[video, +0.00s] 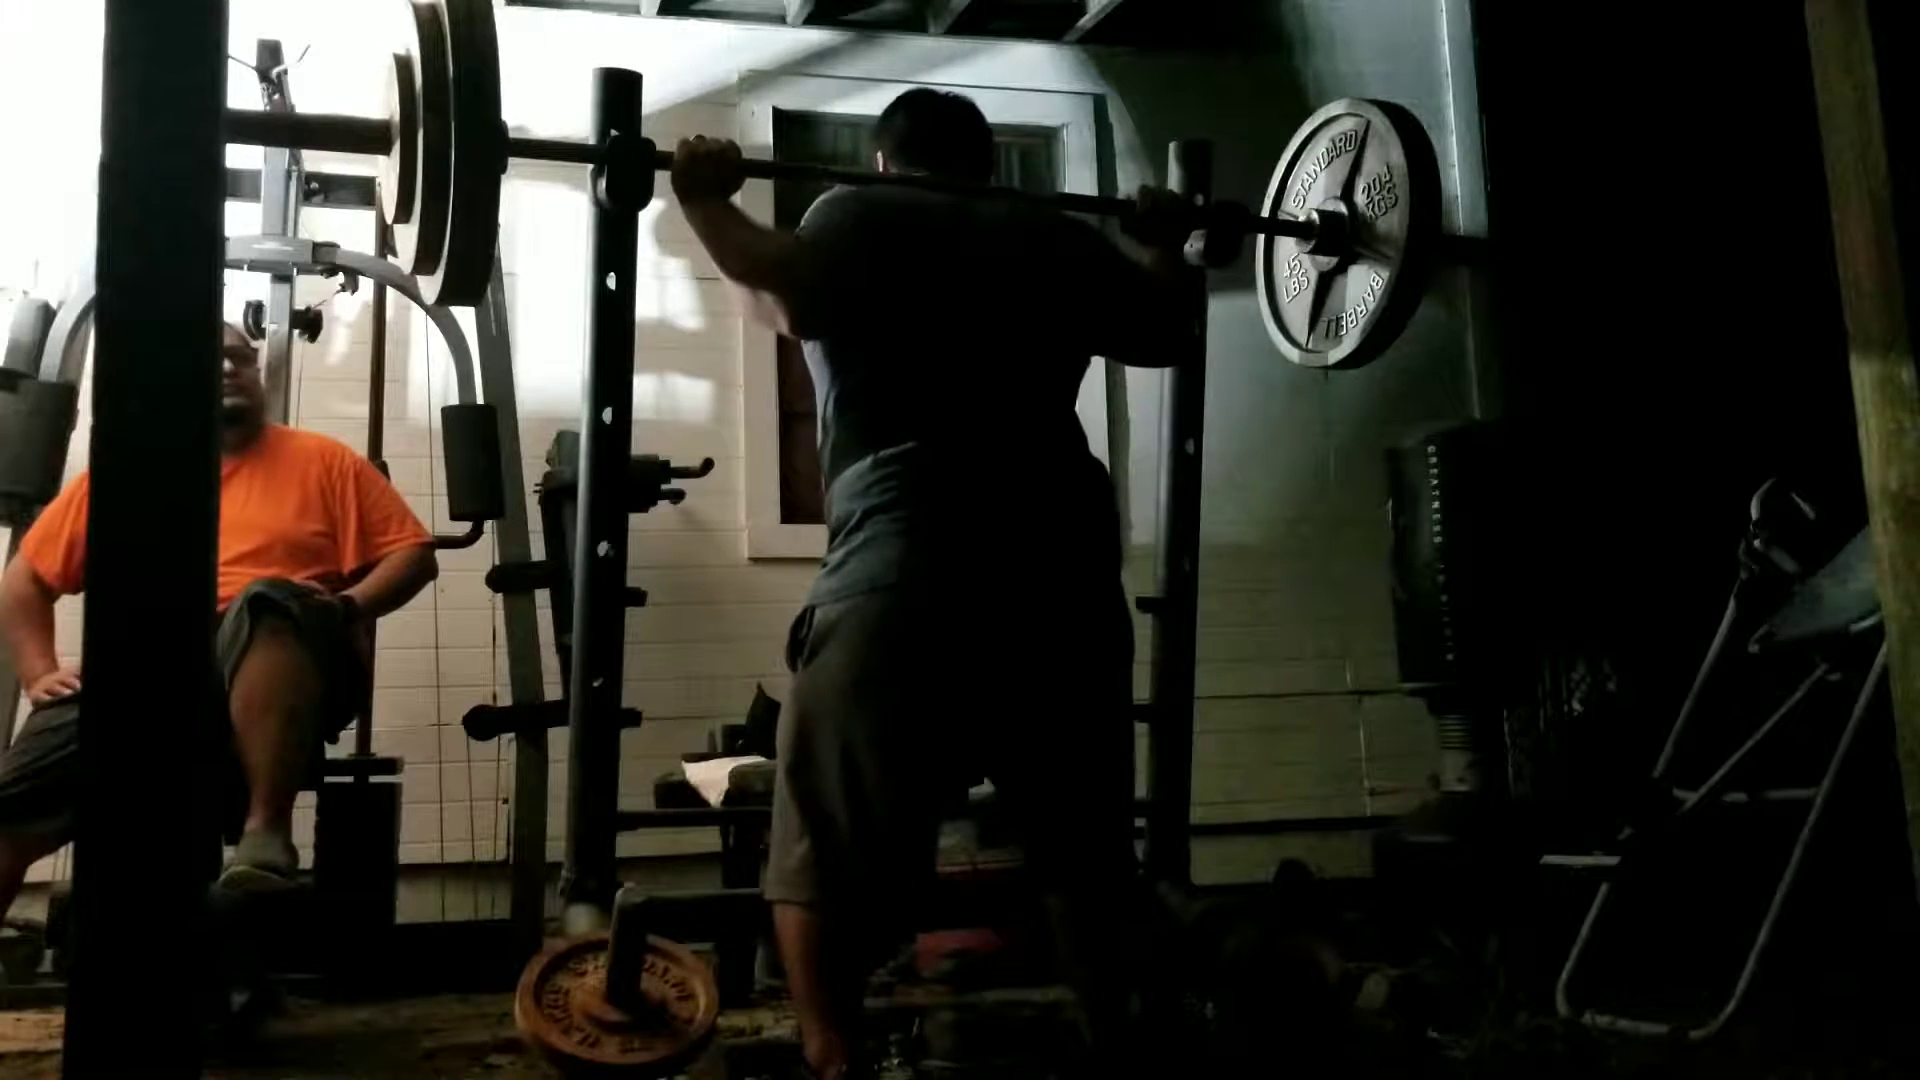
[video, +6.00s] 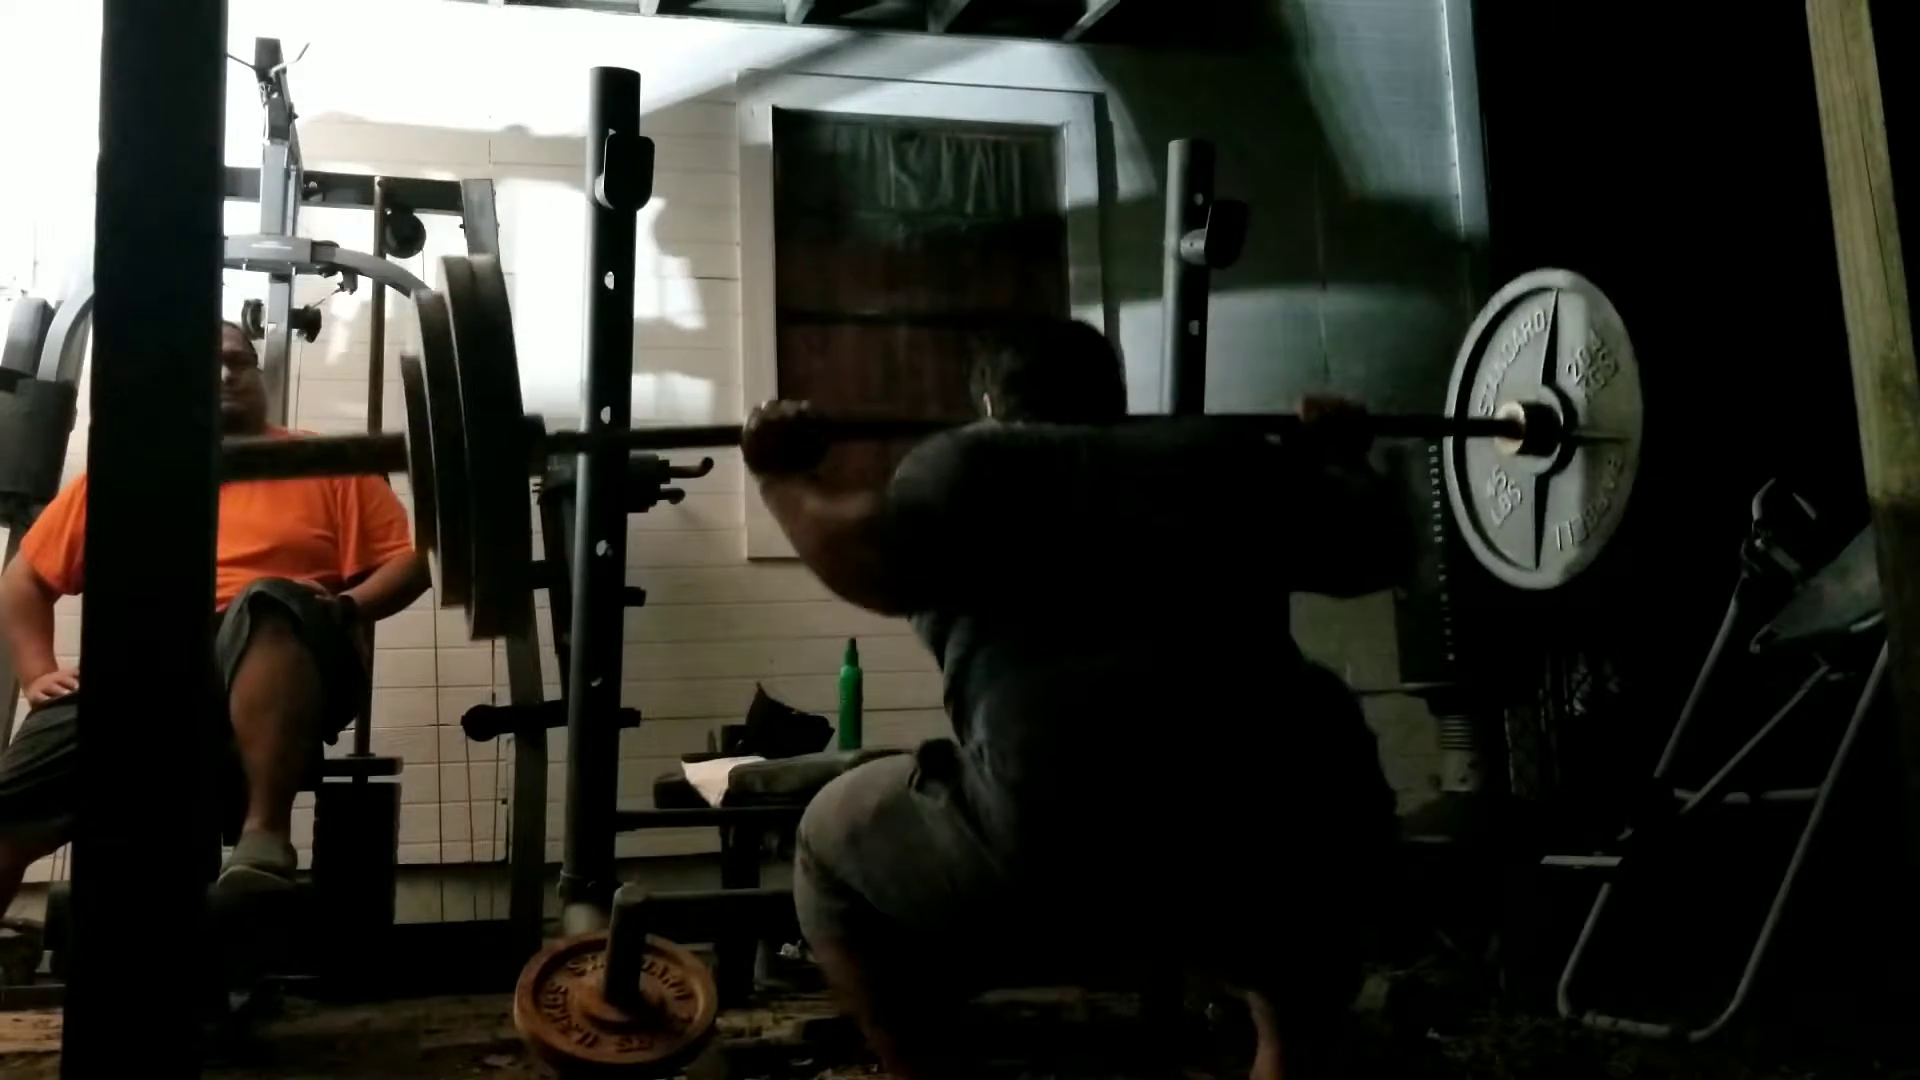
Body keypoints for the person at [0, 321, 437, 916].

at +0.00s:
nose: (230, 370)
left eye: (242, 357)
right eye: (213, 358)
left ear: (264, 375)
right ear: (185, 376)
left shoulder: (324, 462)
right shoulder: (131, 468)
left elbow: (414, 552)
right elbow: (24, 575)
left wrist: (350, 603)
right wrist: (39, 672)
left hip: (287, 669)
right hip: (146, 668)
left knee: (271, 604)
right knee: (14, 805)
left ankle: (266, 829)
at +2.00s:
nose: (230, 370)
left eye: (241, 358)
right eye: (213, 359)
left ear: (264, 376)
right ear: (186, 378)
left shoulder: (323, 463)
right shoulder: (133, 467)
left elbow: (414, 557)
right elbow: (24, 575)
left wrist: (349, 604)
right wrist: (38, 671)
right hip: (144, 666)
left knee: (272, 604)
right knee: (12, 809)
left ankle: (266, 830)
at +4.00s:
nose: (227, 373)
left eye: (239, 360)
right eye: (211, 361)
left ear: (264, 375)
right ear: (186, 378)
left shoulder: (326, 465)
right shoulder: (132, 467)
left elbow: (414, 559)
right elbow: (25, 573)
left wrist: (350, 603)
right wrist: (38, 671)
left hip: (285, 664)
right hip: (145, 664)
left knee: (271, 604)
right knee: (12, 806)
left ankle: (265, 830)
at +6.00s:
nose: (226, 374)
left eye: (238, 362)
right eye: (210, 363)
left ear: (262, 376)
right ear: (185, 378)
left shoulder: (329, 464)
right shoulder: (131, 467)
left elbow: (408, 563)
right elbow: (24, 576)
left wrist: (347, 604)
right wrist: (37, 671)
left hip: (289, 666)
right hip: (147, 664)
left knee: (271, 604)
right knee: (9, 811)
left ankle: (265, 831)